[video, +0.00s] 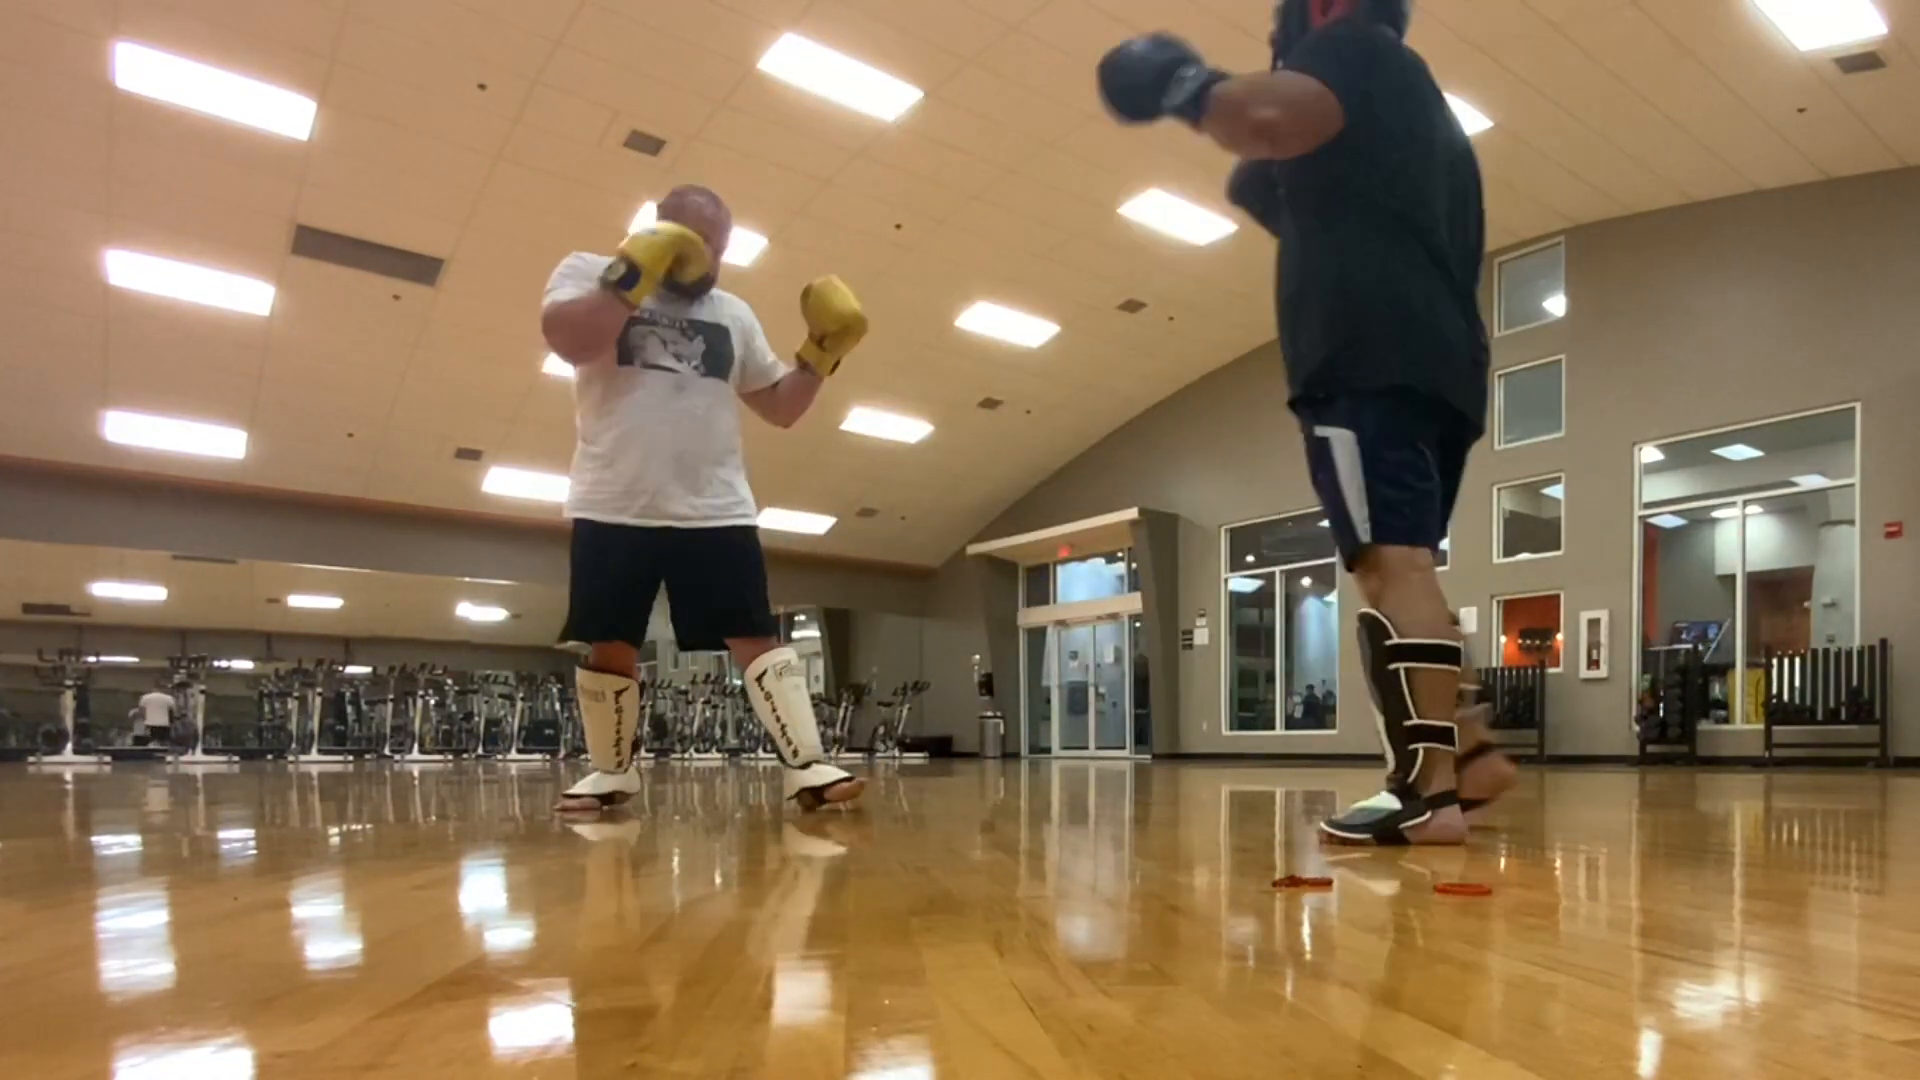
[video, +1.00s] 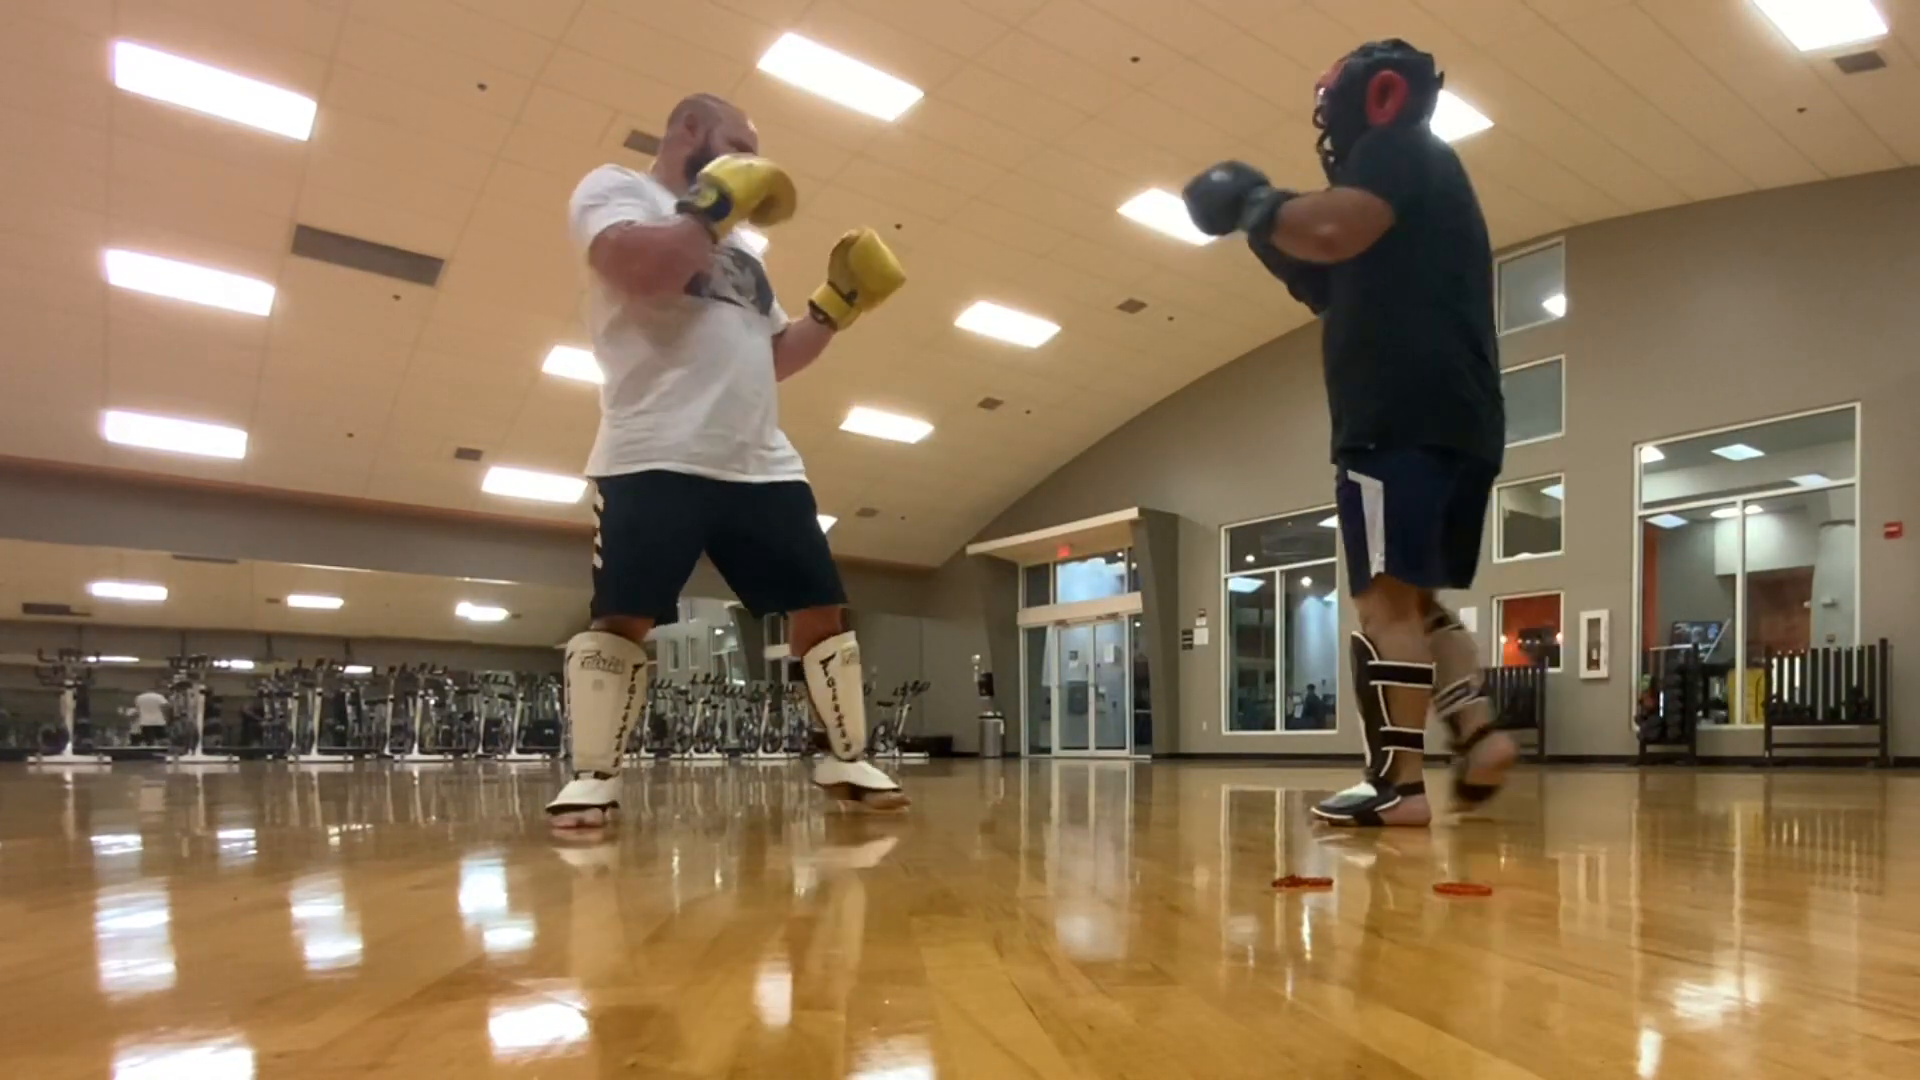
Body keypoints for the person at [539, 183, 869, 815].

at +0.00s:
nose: (705, 258)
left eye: (716, 247)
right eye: (693, 241)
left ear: (724, 250)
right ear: (660, 228)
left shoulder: (732, 314)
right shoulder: (591, 273)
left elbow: (780, 406)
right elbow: (571, 343)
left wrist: (820, 356)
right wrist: (635, 273)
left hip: (716, 504)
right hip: (615, 501)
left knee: (751, 632)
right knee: (609, 644)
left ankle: (807, 763)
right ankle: (612, 773)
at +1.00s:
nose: (752, 166)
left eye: (755, 159)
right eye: (741, 149)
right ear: (687, 130)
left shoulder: (744, 258)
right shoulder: (616, 188)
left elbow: (769, 359)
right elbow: (640, 270)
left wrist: (834, 307)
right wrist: (718, 203)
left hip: (758, 456)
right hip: (654, 450)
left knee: (818, 598)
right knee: (626, 609)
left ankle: (847, 756)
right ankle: (593, 777)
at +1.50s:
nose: (833, 176)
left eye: (839, 167)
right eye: (830, 160)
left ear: (800, 148)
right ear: (785, 138)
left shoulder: (826, 249)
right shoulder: (709, 186)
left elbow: (885, 345)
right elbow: (744, 269)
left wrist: (926, 287)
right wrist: (820, 210)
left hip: (819, 445)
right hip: (727, 436)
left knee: (894, 590)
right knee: (743, 600)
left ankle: (896, 742)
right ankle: (702, 785)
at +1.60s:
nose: (840, 188)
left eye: (842, 177)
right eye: (832, 171)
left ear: (798, 160)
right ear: (785, 153)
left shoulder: (816, 248)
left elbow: (902, 326)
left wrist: (939, 275)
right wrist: (861, 200)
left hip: (811, 437)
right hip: (730, 450)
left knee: (947, 458)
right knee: (754, 611)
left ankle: (936, 610)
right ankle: (707, 788)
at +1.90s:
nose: (826, 160)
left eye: (829, 148)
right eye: (815, 144)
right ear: (760, 131)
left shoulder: (850, 229)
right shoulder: (702, 211)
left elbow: (909, 306)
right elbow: (705, 269)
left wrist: (984, 361)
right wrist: (797, 202)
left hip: (885, 431)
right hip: (781, 443)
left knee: (1001, 531)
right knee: (769, 598)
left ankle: (1013, 680)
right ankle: (706, 782)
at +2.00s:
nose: (861, 163)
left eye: (865, 150)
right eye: (848, 147)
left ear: (863, 153)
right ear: (797, 143)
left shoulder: (878, 234)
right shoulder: (737, 229)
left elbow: (915, 319)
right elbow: (729, 306)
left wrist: (987, 341)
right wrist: (805, 234)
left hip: (915, 452)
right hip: (808, 456)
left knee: (991, 593)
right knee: (778, 609)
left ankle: (1033, 747)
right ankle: (706, 781)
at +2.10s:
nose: (899, 182)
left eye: (903, 170)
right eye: (887, 166)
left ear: (900, 173)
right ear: (838, 161)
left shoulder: (922, 257)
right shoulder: (783, 250)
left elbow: (986, 320)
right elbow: (783, 341)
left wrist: (1055, 304)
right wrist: (846, 254)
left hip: (941, 470)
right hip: (840, 469)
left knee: (991, 613)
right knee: (799, 619)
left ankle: (1016, 776)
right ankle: (716, 778)